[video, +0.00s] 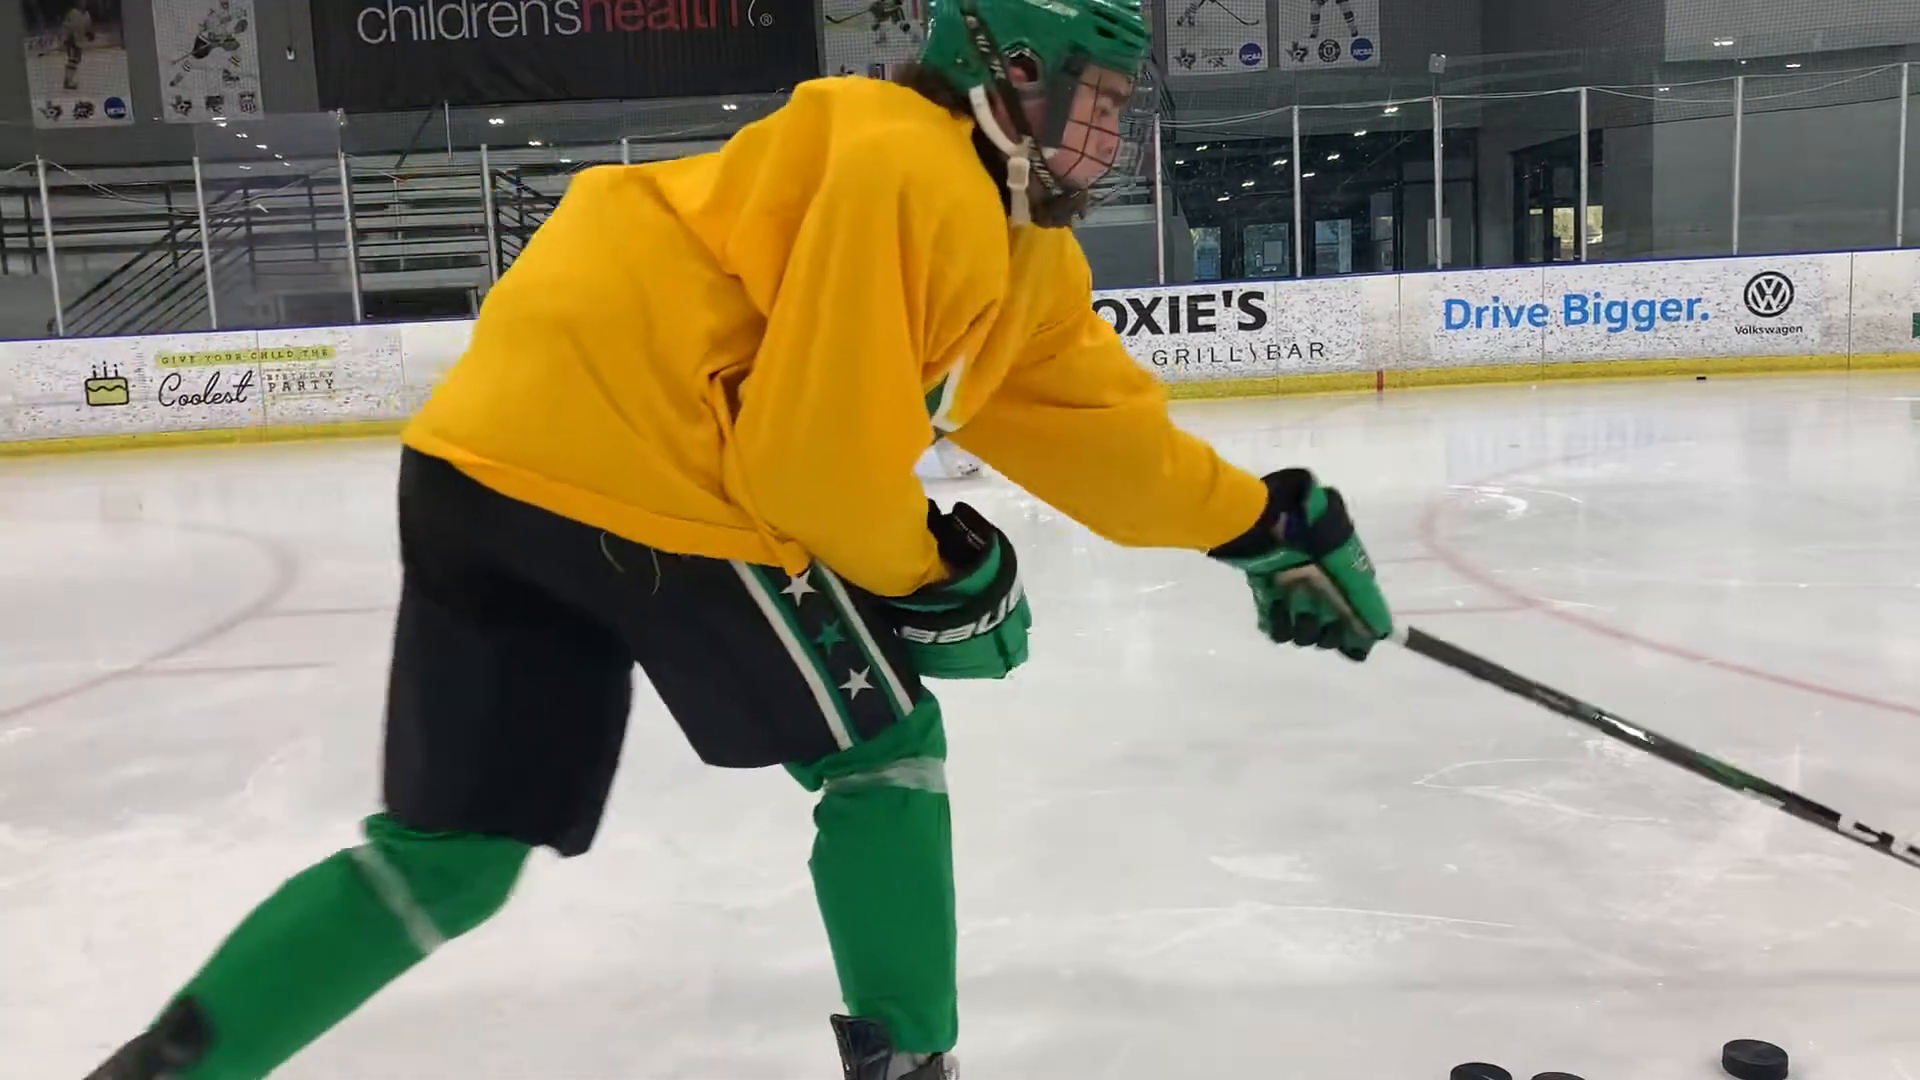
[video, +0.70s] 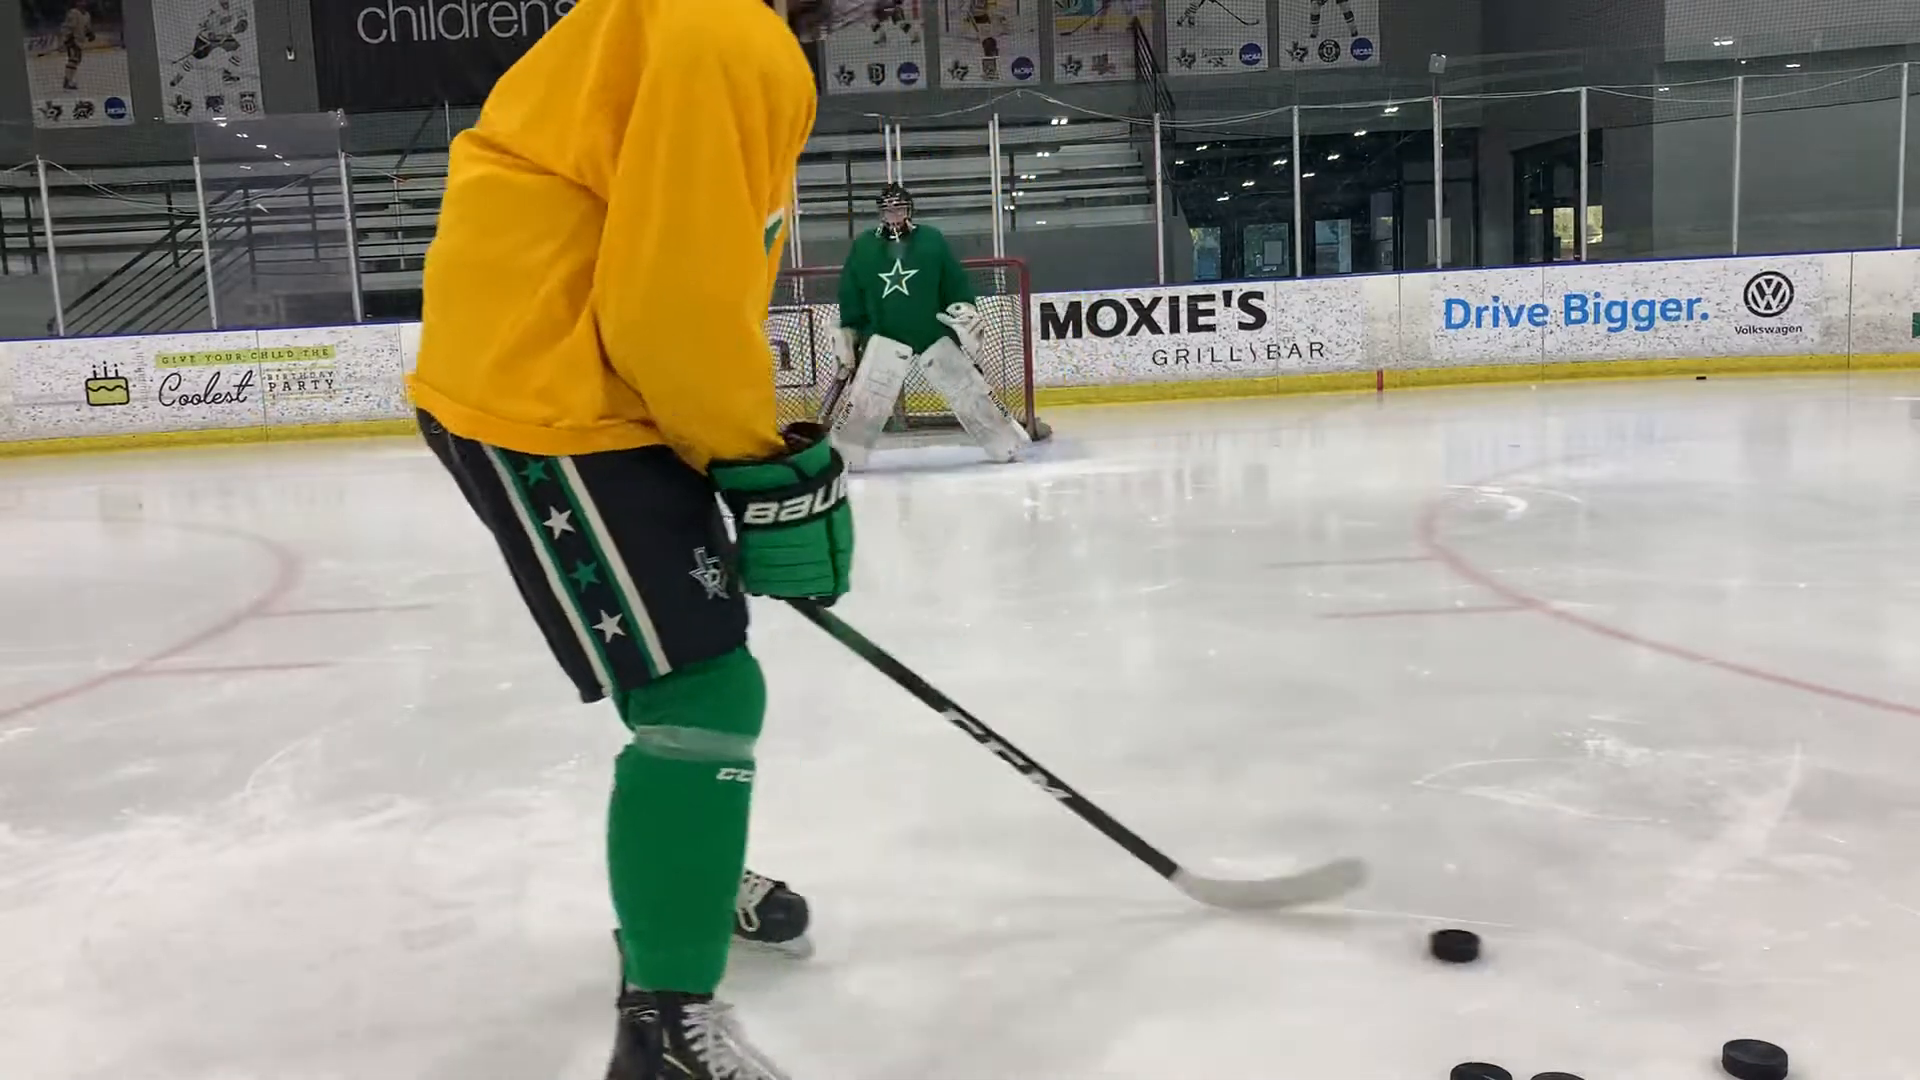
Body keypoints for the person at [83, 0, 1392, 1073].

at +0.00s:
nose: (1114, 135)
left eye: (1123, 105)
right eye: (1093, 97)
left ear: (1056, 104)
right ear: (998, 73)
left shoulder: (1013, 245)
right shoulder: (904, 165)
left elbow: (1087, 419)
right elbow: (809, 459)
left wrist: (1269, 528)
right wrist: (936, 571)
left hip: (483, 452)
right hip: (633, 479)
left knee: (452, 847)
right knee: (881, 745)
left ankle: (169, 1058)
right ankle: (904, 1051)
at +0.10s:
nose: (1130, 112)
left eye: (1139, 82)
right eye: (1114, 73)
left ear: (1065, 68)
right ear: (1033, 48)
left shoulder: (1015, 228)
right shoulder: (932, 137)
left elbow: (1054, 432)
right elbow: (839, 431)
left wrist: (1192, 562)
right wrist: (947, 565)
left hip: (515, 415)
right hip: (667, 444)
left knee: (600, 793)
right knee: (883, 743)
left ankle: (309, 1026)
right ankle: (920, 1060)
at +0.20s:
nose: (1111, 60)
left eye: (1126, 39)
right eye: (1097, 25)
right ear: (1013, 17)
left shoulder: (980, 165)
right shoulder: (934, 105)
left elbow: (988, 401)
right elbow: (842, 394)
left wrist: (1091, 564)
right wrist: (934, 556)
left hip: (537, 381)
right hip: (675, 411)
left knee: (715, 715)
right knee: (873, 736)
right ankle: (919, 1060)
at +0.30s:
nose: (1066, 17)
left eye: (1073, 9)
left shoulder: (938, 89)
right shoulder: (907, 56)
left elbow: (927, 362)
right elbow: (819, 338)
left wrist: (996, 519)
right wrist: (902, 525)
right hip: (649, 389)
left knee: (756, 670)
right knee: (841, 725)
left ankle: (685, 916)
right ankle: (895, 1053)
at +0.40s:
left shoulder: (832, 26)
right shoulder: (864, 34)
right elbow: (776, 301)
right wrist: (880, 490)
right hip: (640, 390)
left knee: (778, 664)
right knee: (828, 708)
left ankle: (781, 896)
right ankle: (869, 1040)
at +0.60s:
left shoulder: (762, 25)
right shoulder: (759, 28)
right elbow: (703, 294)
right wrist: (812, 467)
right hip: (582, 393)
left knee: (759, 666)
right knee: (763, 687)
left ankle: (754, 898)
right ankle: (742, 1022)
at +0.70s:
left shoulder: (689, 27)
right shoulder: (726, 39)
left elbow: (690, 283)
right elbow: (674, 300)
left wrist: (761, 452)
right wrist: (771, 477)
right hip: (542, 397)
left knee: (699, 666)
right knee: (703, 696)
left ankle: (685, 885)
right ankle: (665, 1028)